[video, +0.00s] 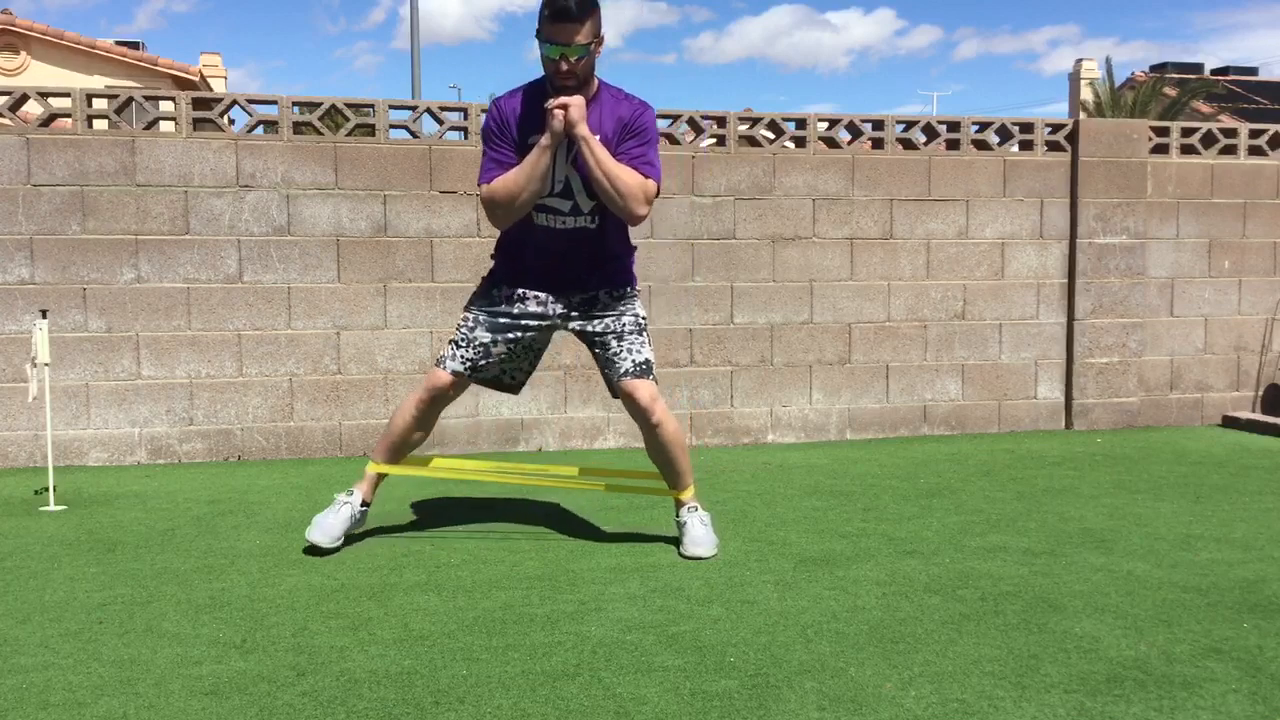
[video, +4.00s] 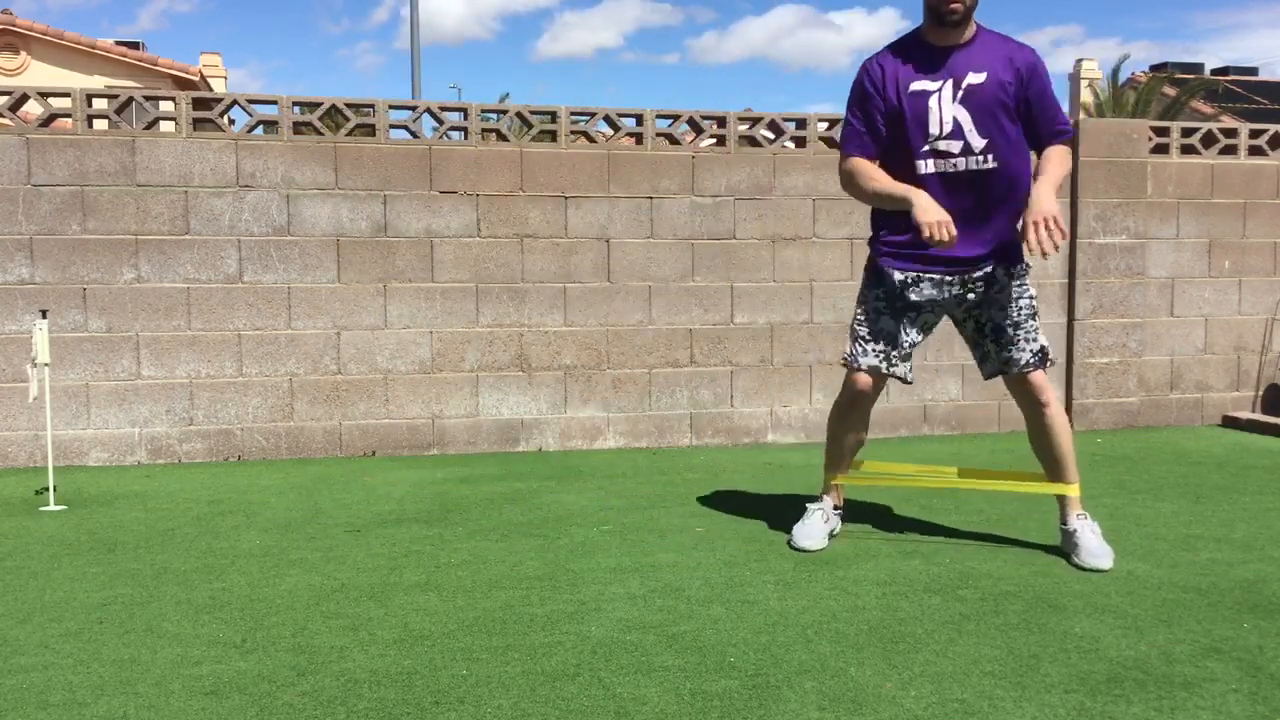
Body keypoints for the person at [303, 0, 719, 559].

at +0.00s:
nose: (565, 63)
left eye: (578, 51)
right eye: (554, 50)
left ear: (599, 44)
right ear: (540, 41)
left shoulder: (630, 113)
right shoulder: (510, 110)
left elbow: (636, 206)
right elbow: (498, 212)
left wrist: (583, 135)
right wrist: (550, 140)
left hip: (605, 288)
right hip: (518, 282)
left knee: (644, 399)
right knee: (438, 384)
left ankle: (690, 507)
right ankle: (359, 496)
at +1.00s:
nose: (355, 43)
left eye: (367, 31)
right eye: (345, 31)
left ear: (395, 24)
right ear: (332, 26)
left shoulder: (443, 91)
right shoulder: (322, 96)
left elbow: (443, 184)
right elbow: (311, 195)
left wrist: (381, 115)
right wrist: (350, 123)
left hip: (455, 257)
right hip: (377, 264)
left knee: (512, 365)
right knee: (336, 383)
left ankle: (596, 489)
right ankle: (329, 508)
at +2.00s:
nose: (567, 35)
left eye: (580, 23)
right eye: (556, 24)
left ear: (604, 18)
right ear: (545, 21)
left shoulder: (647, 82)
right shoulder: (526, 88)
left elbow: (646, 176)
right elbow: (517, 188)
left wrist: (589, 106)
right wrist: (561, 111)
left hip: (644, 254)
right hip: (568, 257)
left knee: (673, 372)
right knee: (530, 381)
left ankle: (705, 497)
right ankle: (524, 505)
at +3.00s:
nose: (806, 37)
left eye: (820, 26)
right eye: (794, 24)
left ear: (839, 24)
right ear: (778, 22)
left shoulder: (870, 93)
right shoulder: (746, 94)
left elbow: (872, 183)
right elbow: (734, 193)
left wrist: (818, 109)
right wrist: (786, 115)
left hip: (846, 270)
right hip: (764, 268)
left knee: (872, 387)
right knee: (727, 386)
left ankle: (887, 510)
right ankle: (712, 506)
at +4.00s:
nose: (952, 0)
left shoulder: (1018, 62)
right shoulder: (882, 71)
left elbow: (1058, 143)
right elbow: (854, 170)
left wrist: (1044, 191)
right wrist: (912, 196)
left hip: (993, 264)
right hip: (904, 266)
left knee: (1034, 384)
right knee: (859, 384)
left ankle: (1075, 518)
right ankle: (828, 502)